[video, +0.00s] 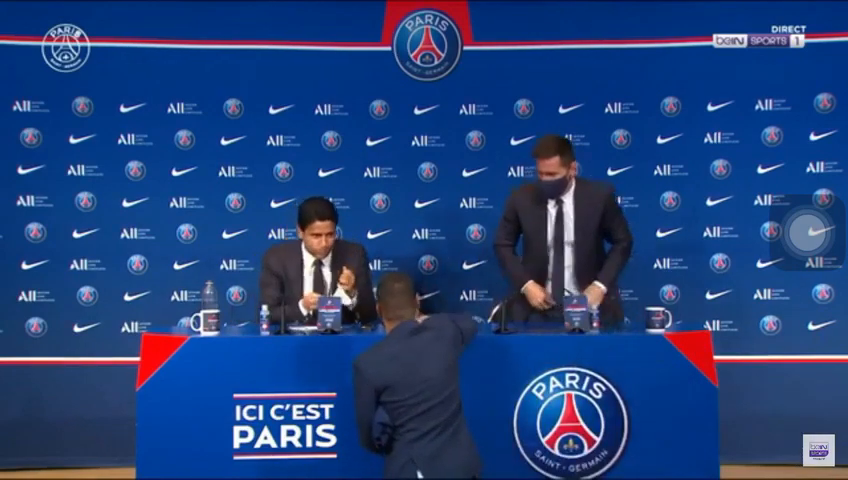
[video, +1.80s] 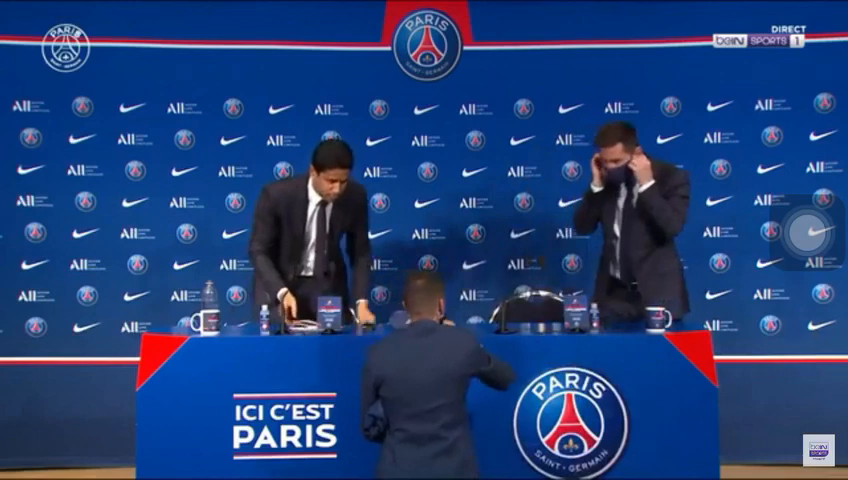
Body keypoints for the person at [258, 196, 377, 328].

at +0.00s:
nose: (324, 243)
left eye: (329, 235)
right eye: (316, 236)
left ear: (336, 231)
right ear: (300, 232)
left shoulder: (353, 254)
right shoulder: (277, 257)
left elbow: (369, 316)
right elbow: (269, 314)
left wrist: (351, 294)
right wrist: (302, 308)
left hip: (343, 344)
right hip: (295, 345)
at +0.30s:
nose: (333, 241)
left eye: (338, 232)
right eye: (326, 233)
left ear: (345, 226)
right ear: (309, 226)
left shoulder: (359, 244)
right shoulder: (280, 249)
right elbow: (271, 307)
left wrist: (357, 294)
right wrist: (316, 302)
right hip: (297, 340)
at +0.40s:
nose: (334, 235)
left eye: (340, 227)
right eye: (328, 227)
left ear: (347, 220)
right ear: (312, 220)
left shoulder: (361, 237)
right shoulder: (282, 240)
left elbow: (372, 289)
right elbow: (270, 297)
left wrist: (358, 288)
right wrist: (315, 300)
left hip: (348, 334)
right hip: (298, 336)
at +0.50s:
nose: (337, 226)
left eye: (343, 218)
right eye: (331, 218)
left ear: (350, 212)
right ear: (315, 210)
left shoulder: (363, 226)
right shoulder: (283, 229)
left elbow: (373, 272)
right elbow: (268, 282)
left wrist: (361, 278)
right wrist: (312, 295)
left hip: (346, 326)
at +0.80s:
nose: (339, 211)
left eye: (345, 203)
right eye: (333, 203)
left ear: (352, 196)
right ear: (316, 194)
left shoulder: (361, 209)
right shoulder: (283, 212)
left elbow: (368, 251)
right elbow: (265, 262)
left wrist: (362, 282)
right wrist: (301, 289)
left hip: (339, 310)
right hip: (291, 312)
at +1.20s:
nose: (338, 201)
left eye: (344, 194)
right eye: (332, 194)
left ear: (350, 186)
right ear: (314, 183)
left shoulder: (357, 203)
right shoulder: (277, 202)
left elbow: (358, 255)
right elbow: (260, 254)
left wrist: (346, 299)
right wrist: (289, 289)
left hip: (330, 292)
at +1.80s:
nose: (337, 190)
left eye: (343, 182)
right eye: (331, 182)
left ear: (348, 176)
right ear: (313, 172)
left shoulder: (355, 197)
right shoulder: (276, 196)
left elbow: (360, 251)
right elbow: (258, 250)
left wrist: (362, 302)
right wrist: (281, 292)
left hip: (329, 287)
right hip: (283, 289)